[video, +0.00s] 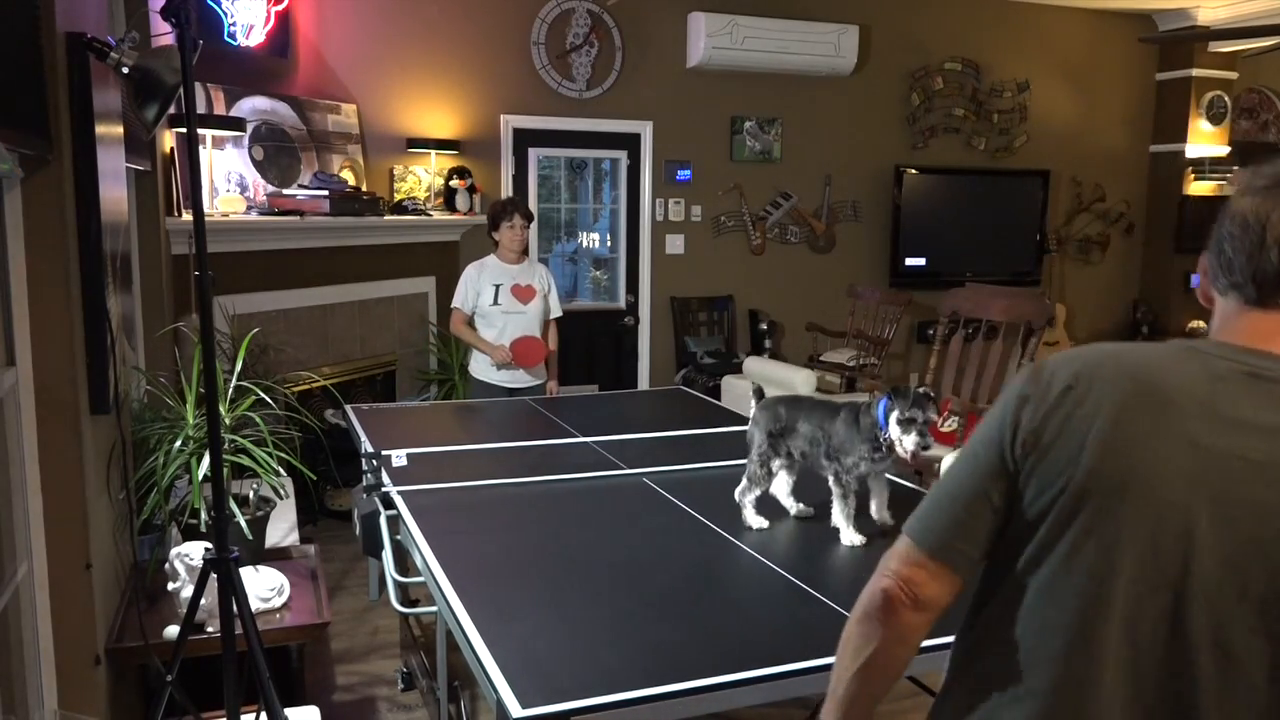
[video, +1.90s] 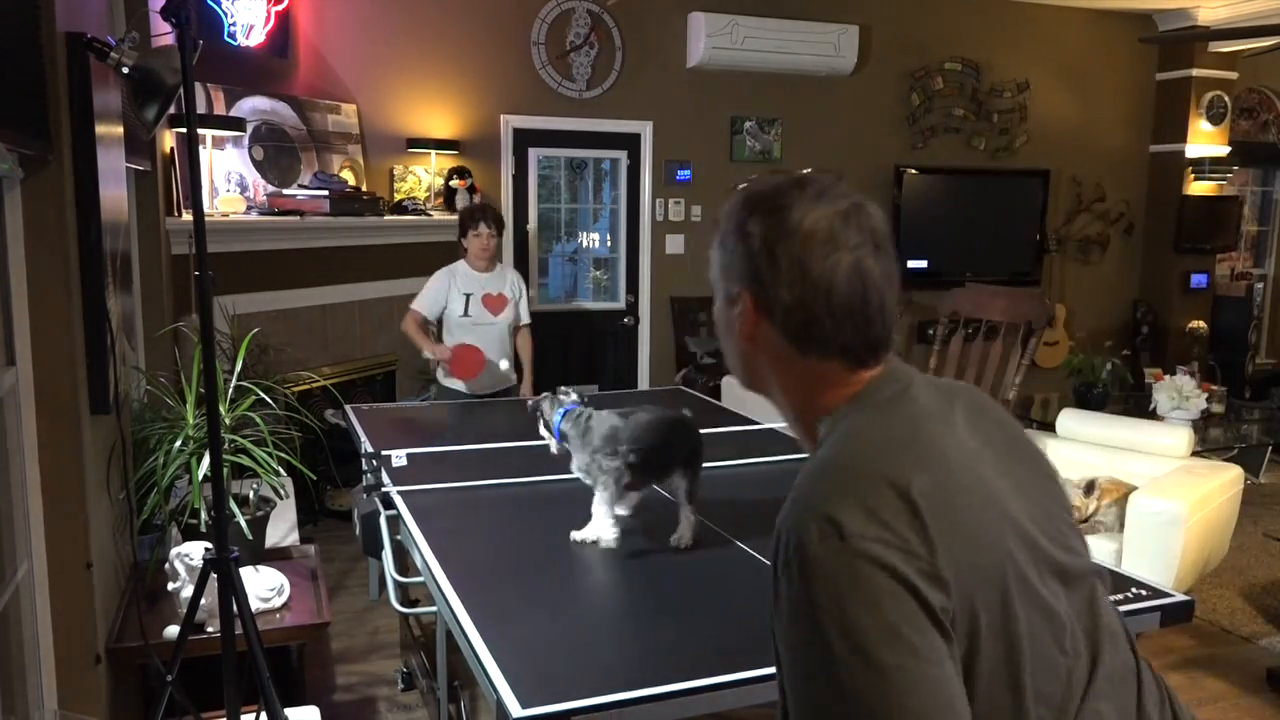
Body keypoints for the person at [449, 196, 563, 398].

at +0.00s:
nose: (520, 233)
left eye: (524, 227)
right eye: (511, 227)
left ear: (529, 231)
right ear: (495, 233)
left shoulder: (541, 273)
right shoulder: (476, 272)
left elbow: (550, 326)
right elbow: (457, 324)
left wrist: (552, 376)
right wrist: (491, 349)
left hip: (532, 382)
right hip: (488, 383)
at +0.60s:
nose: (518, 237)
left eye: (523, 230)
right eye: (509, 231)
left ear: (529, 234)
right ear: (496, 236)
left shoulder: (543, 275)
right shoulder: (475, 273)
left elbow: (551, 328)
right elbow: (450, 319)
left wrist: (553, 375)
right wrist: (468, 347)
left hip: (531, 382)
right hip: (487, 382)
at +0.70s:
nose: (512, 241)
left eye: (519, 234)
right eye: (505, 234)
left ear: (526, 237)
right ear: (492, 237)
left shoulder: (539, 277)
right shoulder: (471, 274)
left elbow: (549, 330)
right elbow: (439, 314)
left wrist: (550, 379)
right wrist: (450, 343)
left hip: (527, 384)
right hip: (482, 385)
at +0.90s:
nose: (496, 245)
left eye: (502, 238)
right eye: (488, 237)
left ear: (510, 243)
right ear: (475, 242)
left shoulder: (520, 282)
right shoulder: (453, 277)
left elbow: (530, 334)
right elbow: (409, 313)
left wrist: (533, 385)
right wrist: (429, 326)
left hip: (508, 391)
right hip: (460, 391)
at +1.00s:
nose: (486, 245)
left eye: (492, 238)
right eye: (477, 238)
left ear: (500, 243)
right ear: (465, 242)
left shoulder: (507, 283)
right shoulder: (447, 273)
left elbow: (514, 336)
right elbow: (407, 300)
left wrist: (516, 381)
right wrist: (430, 306)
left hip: (493, 386)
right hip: (448, 387)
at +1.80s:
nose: (476, 236)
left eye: (483, 230)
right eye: (468, 229)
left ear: (491, 236)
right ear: (455, 235)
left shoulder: (501, 275)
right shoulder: (437, 271)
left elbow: (511, 329)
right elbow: (395, 305)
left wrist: (515, 381)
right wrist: (412, 323)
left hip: (494, 385)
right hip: (447, 388)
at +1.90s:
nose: (485, 242)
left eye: (491, 235)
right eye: (476, 235)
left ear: (499, 239)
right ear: (464, 241)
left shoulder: (512, 279)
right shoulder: (446, 278)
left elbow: (521, 330)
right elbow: (410, 322)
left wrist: (527, 380)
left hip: (502, 389)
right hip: (458, 390)